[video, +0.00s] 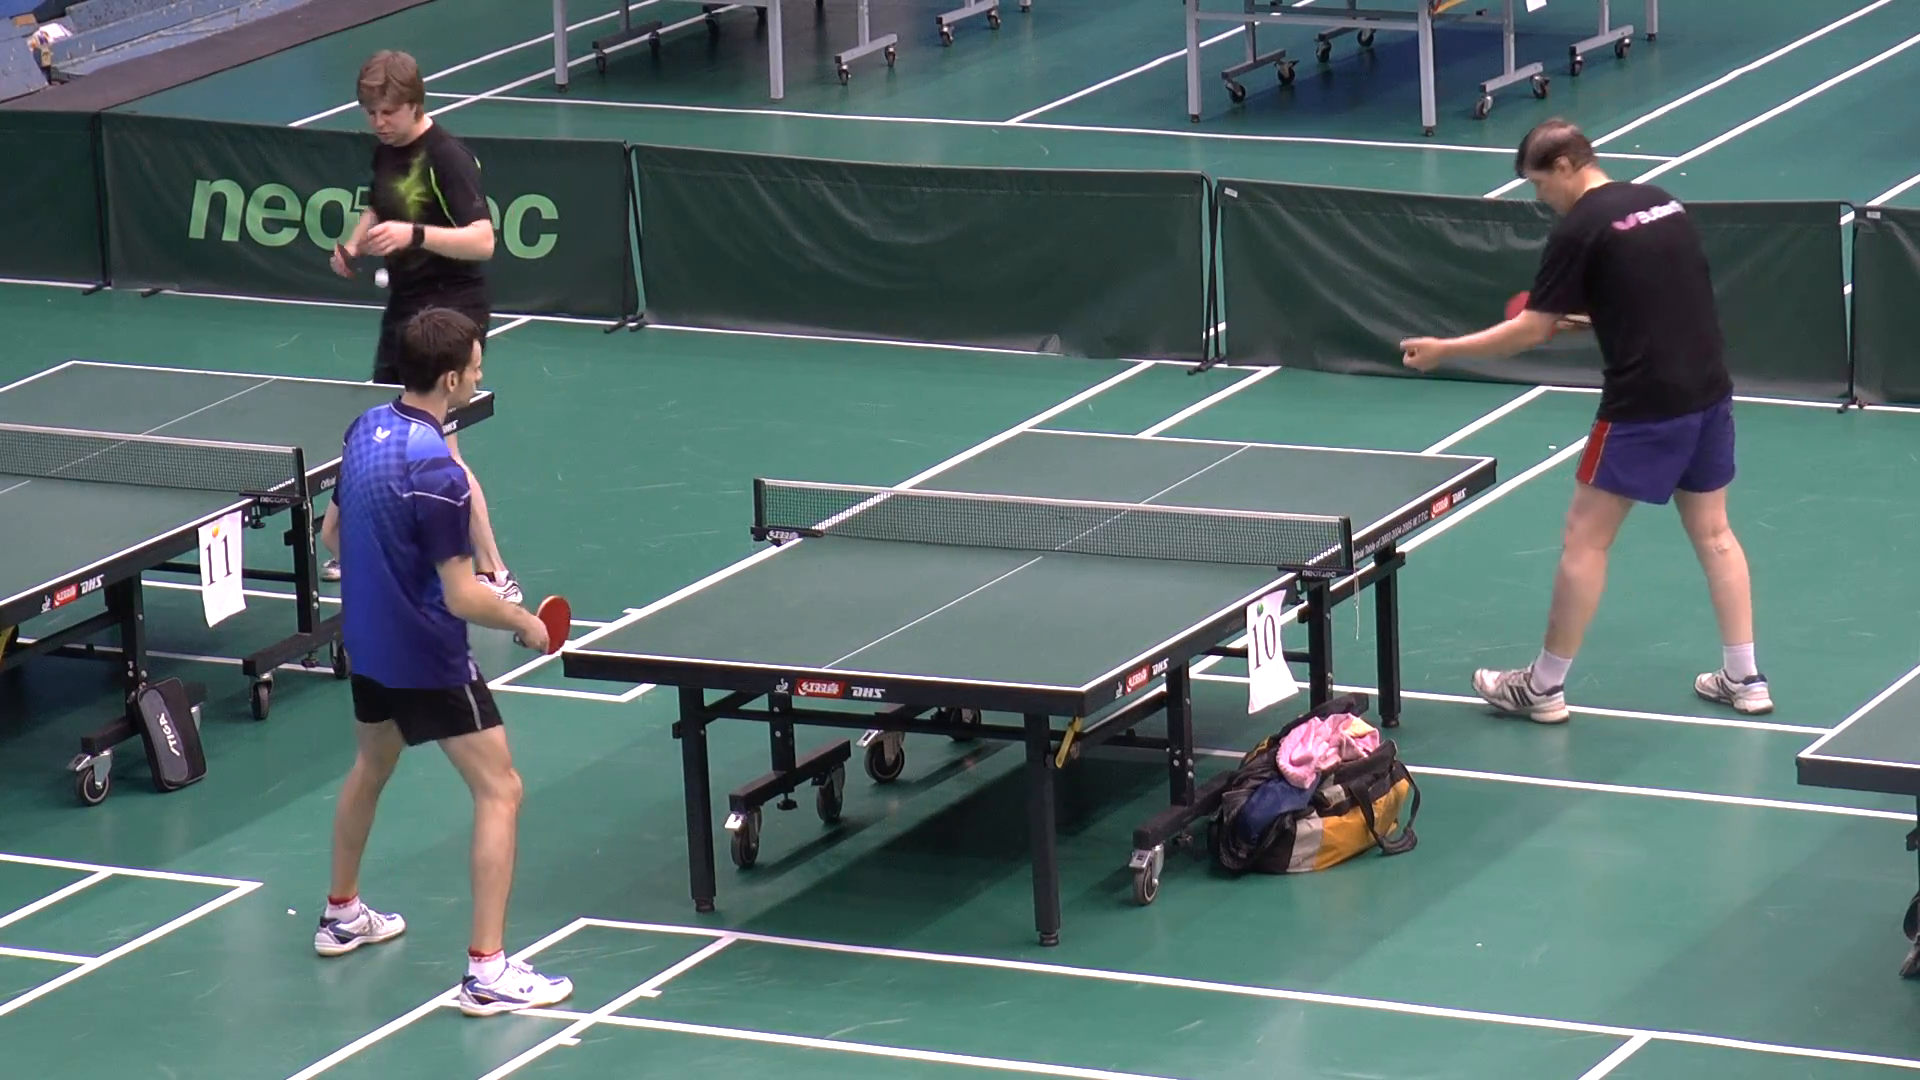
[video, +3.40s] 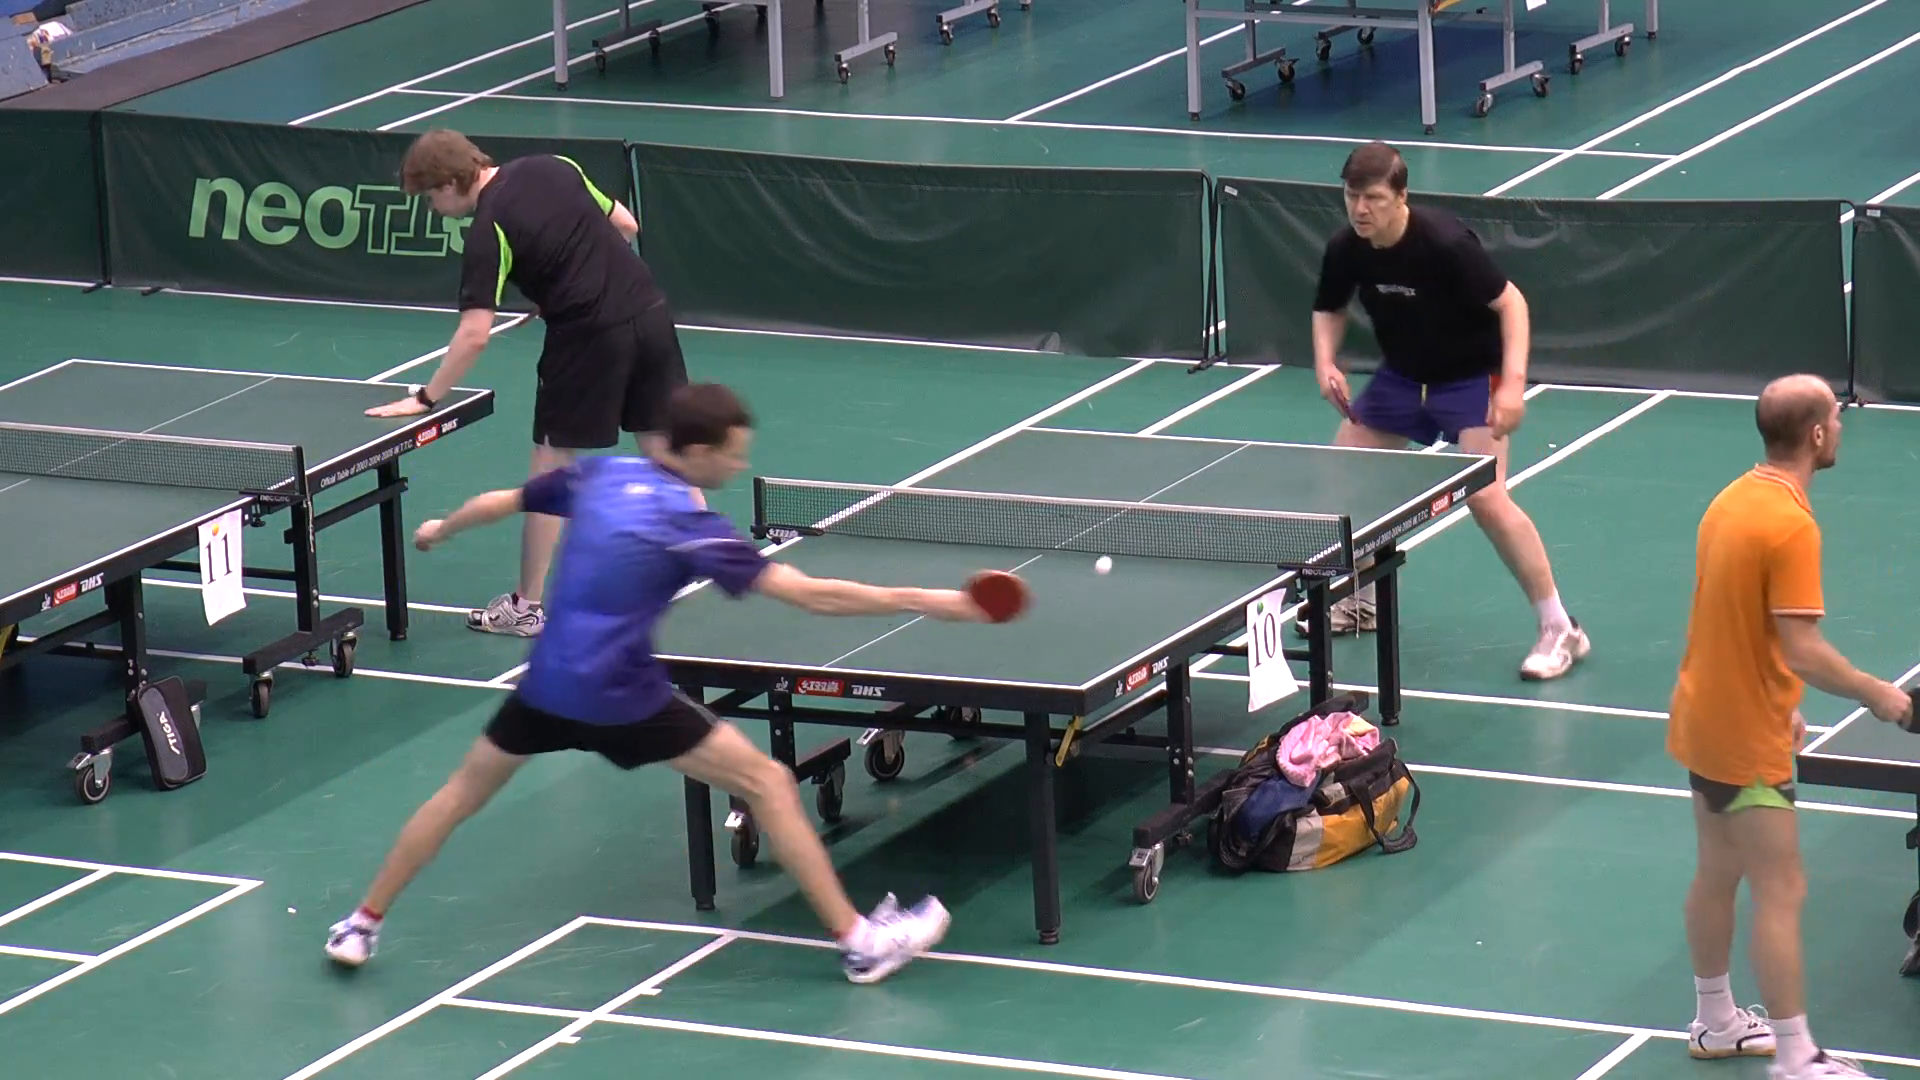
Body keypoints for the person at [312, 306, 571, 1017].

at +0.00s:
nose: (480, 368)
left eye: (477, 358)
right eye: (476, 360)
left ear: (408, 368)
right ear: (459, 373)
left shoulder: (367, 426)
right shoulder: (441, 472)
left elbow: (333, 536)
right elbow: (461, 594)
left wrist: (399, 577)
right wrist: (524, 622)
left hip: (366, 647)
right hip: (427, 658)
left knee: (371, 764)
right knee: (499, 789)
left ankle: (341, 911)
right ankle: (488, 966)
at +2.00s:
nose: (452, 353)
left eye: (448, 342)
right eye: (447, 344)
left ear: (385, 363)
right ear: (427, 361)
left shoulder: (353, 429)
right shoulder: (435, 454)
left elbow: (330, 539)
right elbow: (441, 578)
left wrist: (378, 601)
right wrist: (501, 618)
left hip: (380, 648)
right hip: (437, 656)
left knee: (354, 777)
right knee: (470, 804)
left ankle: (339, 912)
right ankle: (485, 975)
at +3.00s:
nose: (524, 418)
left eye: (524, 406)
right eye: (521, 406)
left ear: (458, 402)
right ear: (493, 410)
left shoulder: (404, 460)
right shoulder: (481, 490)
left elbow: (357, 562)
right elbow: (525, 609)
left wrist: (424, 595)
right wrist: (613, 623)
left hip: (408, 676)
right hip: (469, 686)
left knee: (416, 778)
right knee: (572, 808)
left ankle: (346, 926)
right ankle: (495, 966)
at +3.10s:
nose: (530, 440)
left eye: (530, 428)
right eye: (525, 428)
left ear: (467, 425)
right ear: (495, 430)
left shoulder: (412, 481)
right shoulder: (488, 513)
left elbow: (376, 573)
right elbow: (550, 617)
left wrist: (467, 598)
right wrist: (657, 638)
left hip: (418, 693)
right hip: (481, 699)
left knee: (418, 794)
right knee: (619, 786)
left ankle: (339, 934)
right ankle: (535, 936)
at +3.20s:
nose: (568, 456)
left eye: (568, 444)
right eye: (563, 445)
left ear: (512, 442)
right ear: (525, 445)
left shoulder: (451, 488)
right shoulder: (528, 525)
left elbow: (404, 553)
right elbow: (620, 608)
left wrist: (496, 581)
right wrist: (735, 621)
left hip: (438, 702)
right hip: (503, 706)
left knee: (421, 802)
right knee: (658, 769)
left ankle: (340, 933)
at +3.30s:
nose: (647, 457)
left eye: (647, 444)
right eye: (639, 446)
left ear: (576, 442)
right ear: (597, 445)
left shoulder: (513, 479)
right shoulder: (594, 521)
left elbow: (437, 524)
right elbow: (707, 589)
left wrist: (496, 546)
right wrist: (829, 600)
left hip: (479, 700)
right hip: (552, 703)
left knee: (426, 805)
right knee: (708, 767)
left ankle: (339, 935)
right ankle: (784, 927)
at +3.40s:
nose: (737, 469)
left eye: (739, 456)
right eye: (732, 457)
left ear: (669, 442)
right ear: (693, 450)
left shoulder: (596, 472)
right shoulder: (695, 523)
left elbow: (497, 503)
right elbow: (810, 594)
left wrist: (442, 526)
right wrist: (920, 600)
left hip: (544, 688)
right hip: (622, 697)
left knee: (458, 793)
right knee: (766, 779)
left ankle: (359, 924)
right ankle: (859, 938)